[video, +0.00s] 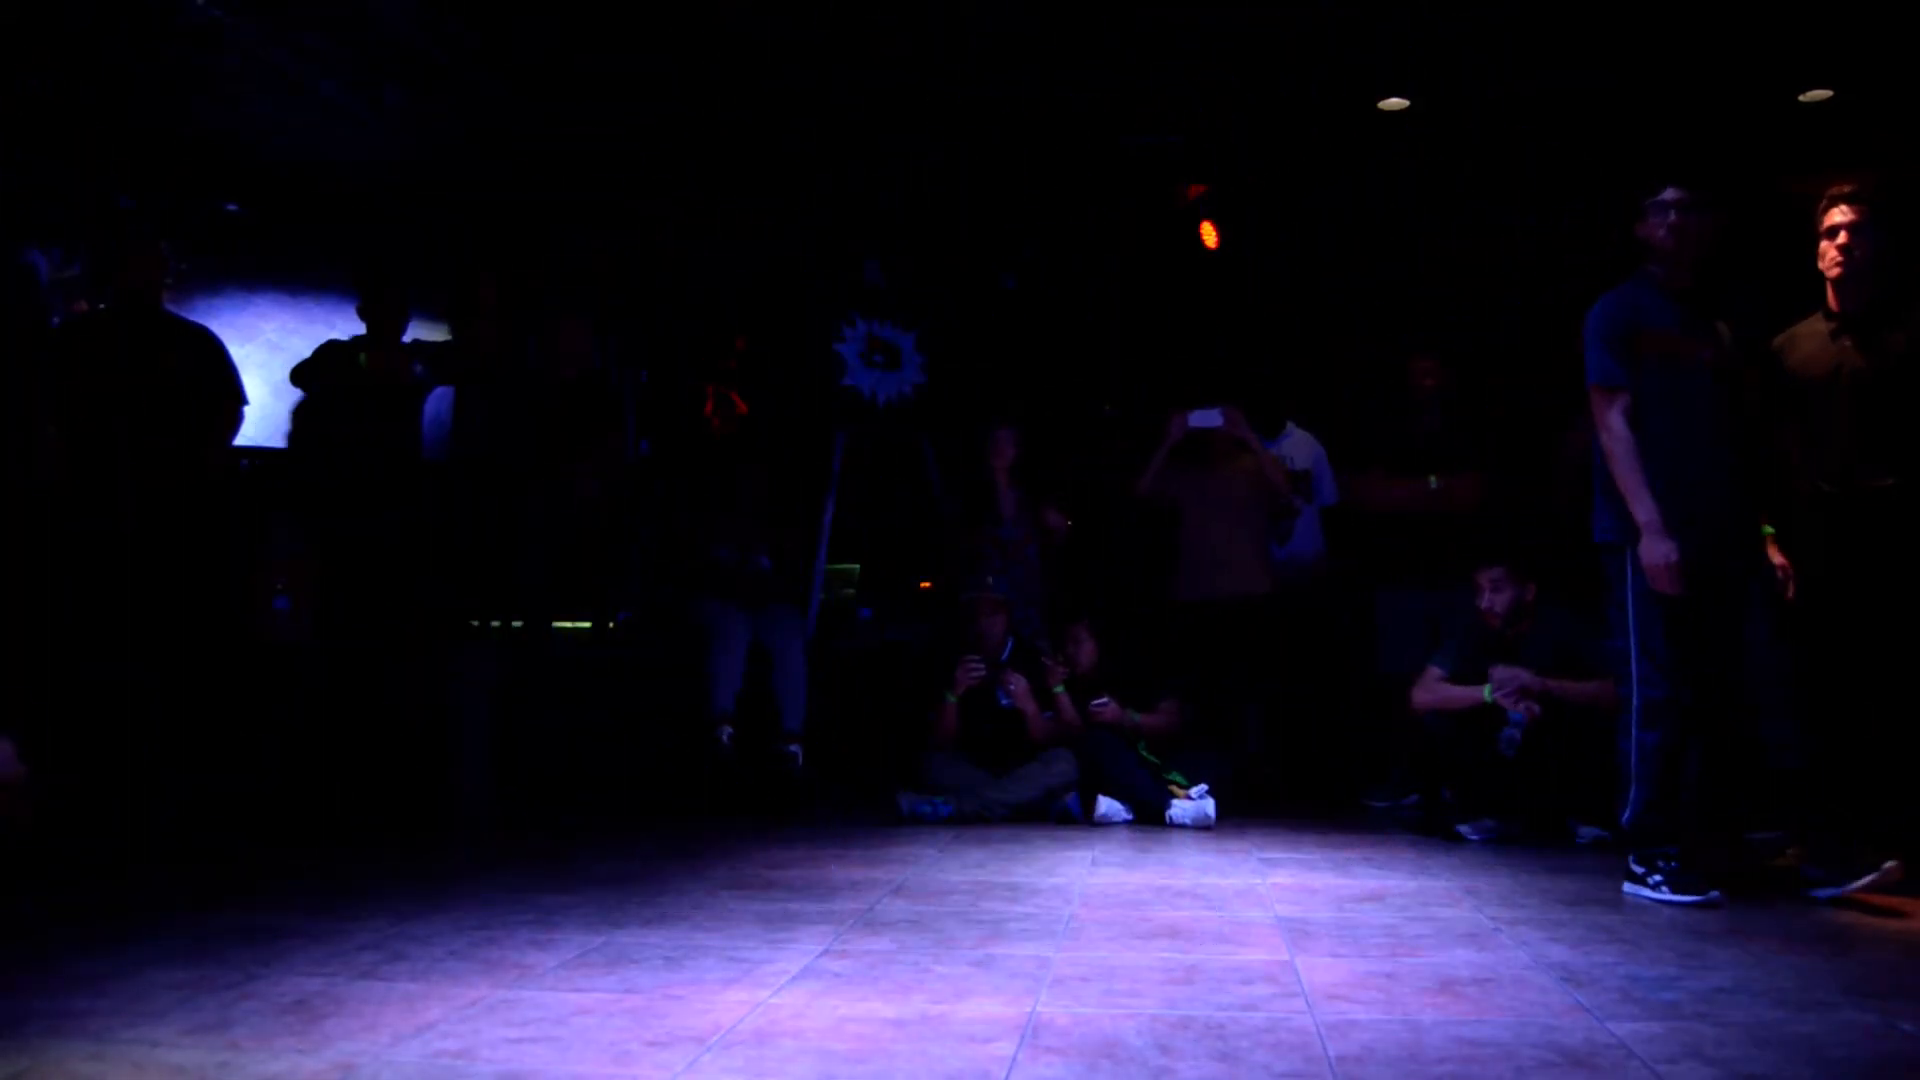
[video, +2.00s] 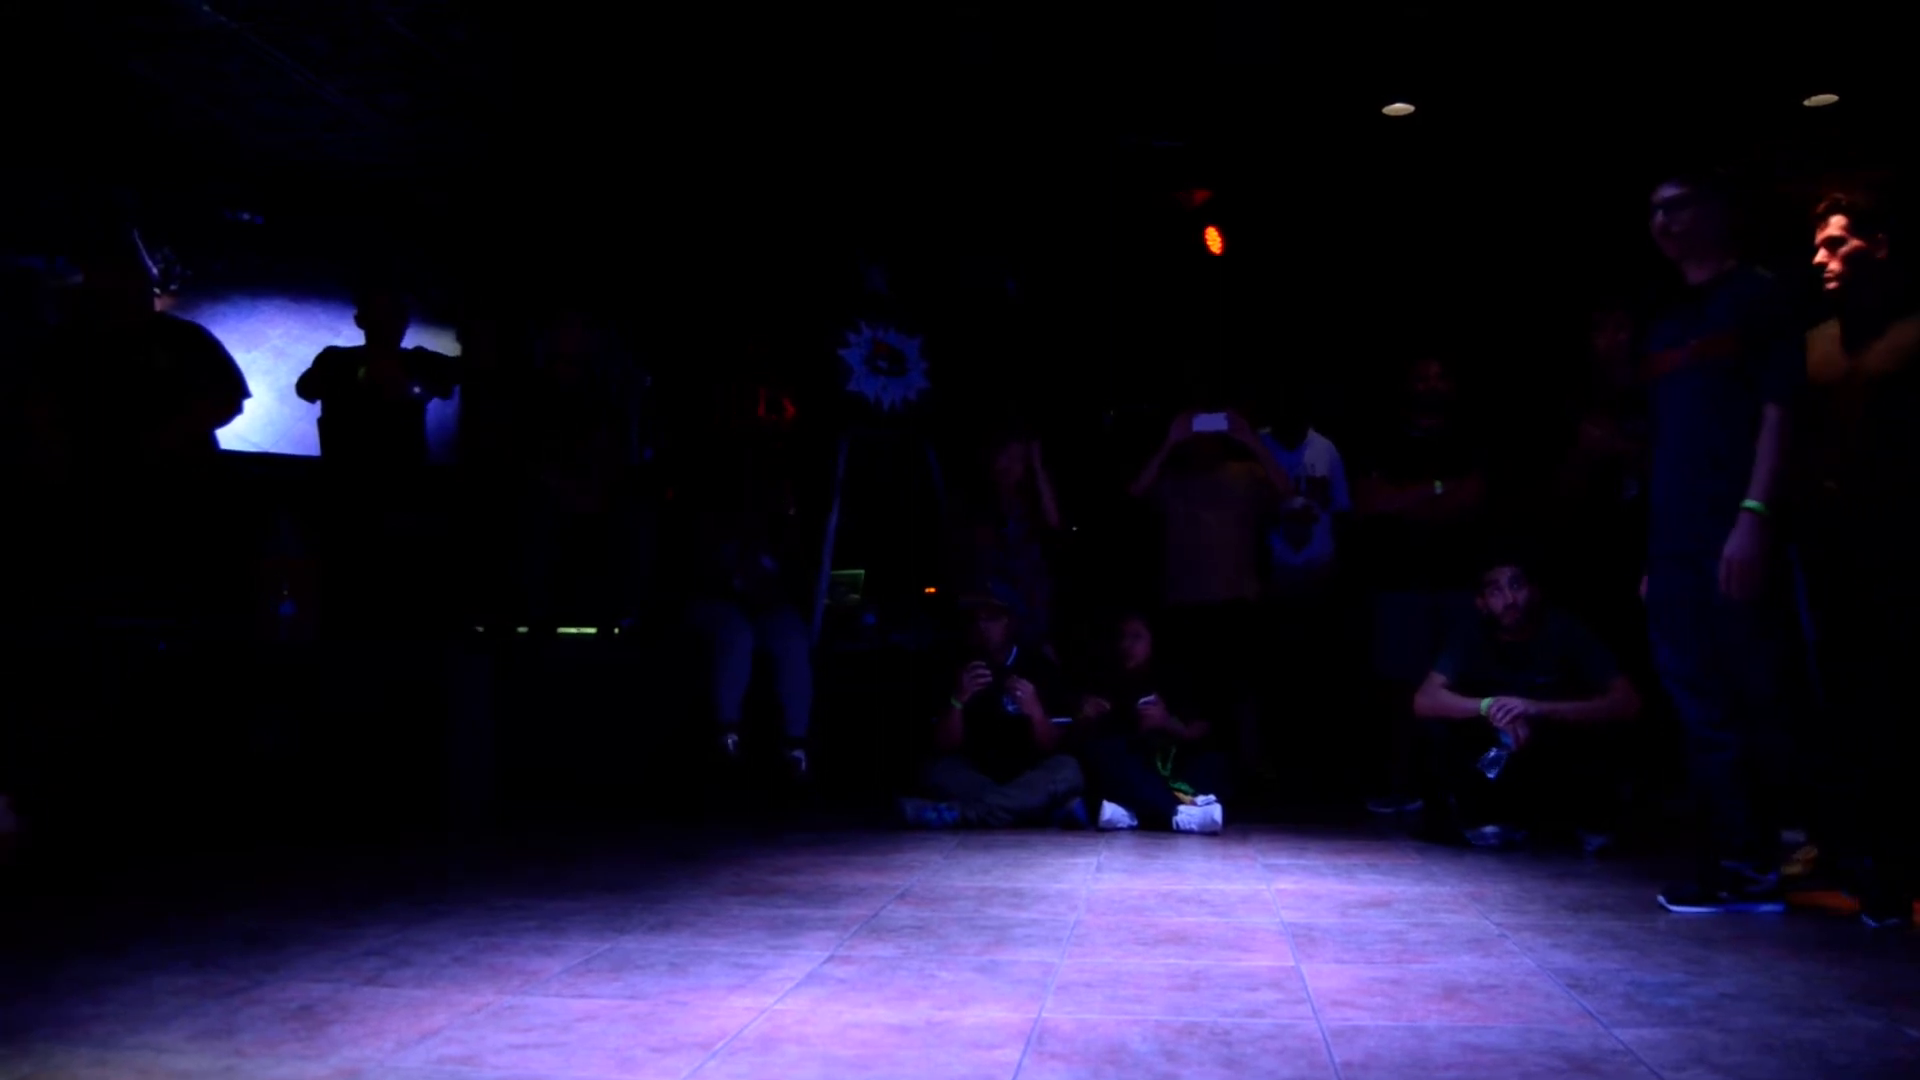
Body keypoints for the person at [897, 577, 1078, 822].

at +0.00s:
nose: (988, 627)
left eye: (995, 618)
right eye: (981, 619)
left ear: (1007, 621)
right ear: (970, 624)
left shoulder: (1027, 660)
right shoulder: (955, 661)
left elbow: (1045, 737)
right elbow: (942, 741)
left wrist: (1026, 702)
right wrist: (954, 693)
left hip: (1021, 755)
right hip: (971, 755)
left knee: (1063, 764)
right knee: (934, 766)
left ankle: (958, 806)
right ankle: (1039, 805)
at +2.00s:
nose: (983, 629)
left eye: (992, 619)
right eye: (976, 620)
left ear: (1009, 623)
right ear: (968, 626)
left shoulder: (1033, 665)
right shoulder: (954, 666)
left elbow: (1050, 743)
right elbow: (945, 744)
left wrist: (1033, 710)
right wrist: (959, 700)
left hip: (1025, 762)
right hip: (973, 763)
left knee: (1067, 771)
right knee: (939, 772)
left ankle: (963, 814)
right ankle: (1043, 813)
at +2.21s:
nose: (984, 627)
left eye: (993, 618)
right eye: (978, 619)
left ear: (1013, 624)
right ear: (971, 625)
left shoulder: (1037, 666)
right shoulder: (958, 665)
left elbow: (1053, 744)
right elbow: (945, 744)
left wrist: (1037, 711)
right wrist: (962, 700)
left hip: (1027, 763)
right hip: (975, 763)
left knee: (1070, 771)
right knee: (941, 772)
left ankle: (964, 814)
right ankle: (1044, 814)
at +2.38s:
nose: (1003, 628)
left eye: (1012, 619)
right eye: (997, 619)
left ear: (1032, 623)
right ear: (989, 626)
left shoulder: (1055, 665)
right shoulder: (977, 666)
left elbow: (1075, 744)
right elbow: (966, 743)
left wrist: (1055, 710)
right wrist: (980, 700)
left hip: (1047, 762)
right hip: (994, 764)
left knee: (1089, 771)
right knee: (959, 771)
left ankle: (985, 814)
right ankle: (1065, 813)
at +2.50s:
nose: (1031, 627)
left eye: (1040, 618)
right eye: (1026, 618)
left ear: (1058, 623)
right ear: (1017, 625)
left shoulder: (1082, 662)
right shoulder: (1006, 663)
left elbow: (1099, 742)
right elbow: (993, 742)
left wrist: (1080, 707)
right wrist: (1007, 697)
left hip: (1074, 759)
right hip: (1023, 760)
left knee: (1114, 769)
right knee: (991, 769)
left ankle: (1010, 811)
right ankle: (1091, 811)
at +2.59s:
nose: (1037, 625)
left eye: (1045, 616)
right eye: (1031, 617)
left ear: (1062, 621)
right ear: (1022, 624)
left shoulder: (1085, 661)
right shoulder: (1010, 662)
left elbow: (1102, 741)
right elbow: (996, 740)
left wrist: (1083, 706)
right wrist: (1010, 695)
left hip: (1076, 757)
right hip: (1025, 758)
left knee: (1117, 767)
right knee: (991, 769)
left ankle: (1014, 810)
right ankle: (1094, 809)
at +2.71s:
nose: (1039, 624)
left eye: (1048, 615)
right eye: (1032, 616)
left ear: (1064, 620)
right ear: (1023, 622)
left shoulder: (1086, 659)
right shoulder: (1010, 661)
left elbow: (1105, 740)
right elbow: (996, 740)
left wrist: (1085, 705)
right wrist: (1011, 696)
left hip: (1078, 756)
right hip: (1026, 757)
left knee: (1120, 766)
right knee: (992, 768)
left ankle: (1015, 810)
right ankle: (1096, 810)